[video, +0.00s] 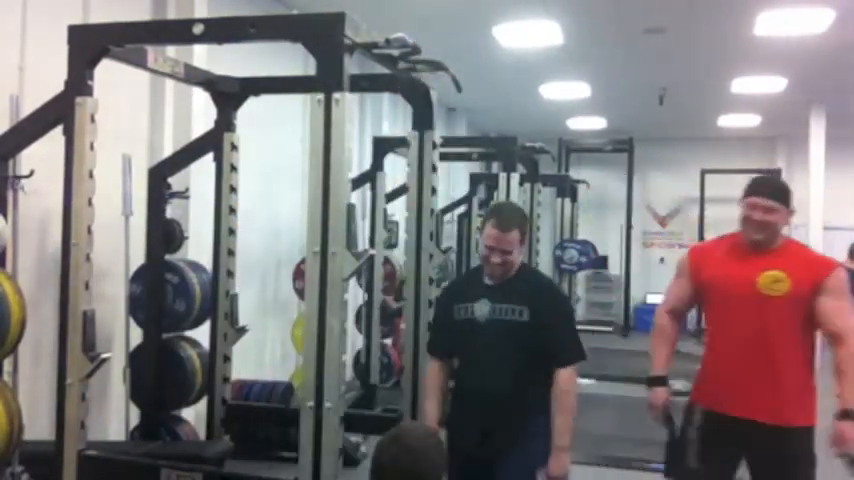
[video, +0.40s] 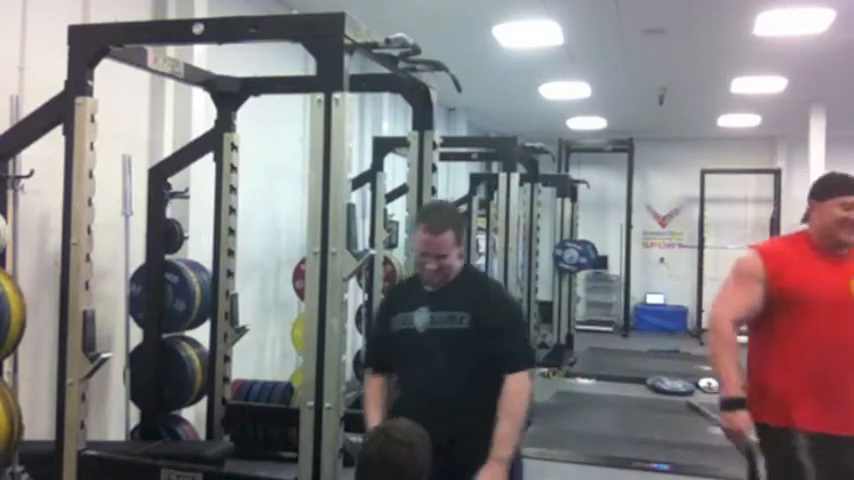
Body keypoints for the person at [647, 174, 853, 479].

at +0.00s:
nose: (757, 217)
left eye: (768, 210)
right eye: (750, 207)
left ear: (787, 216)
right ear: (740, 208)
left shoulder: (821, 272)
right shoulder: (701, 259)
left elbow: (844, 340)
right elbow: (668, 313)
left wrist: (846, 412)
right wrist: (658, 379)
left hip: (785, 426)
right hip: (714, 418)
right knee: (696, 473)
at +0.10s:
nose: (781, 215)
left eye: (791, 208)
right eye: (774, 206)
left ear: (808, 213)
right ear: (761, 205)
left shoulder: (836, 268)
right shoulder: (717, 255)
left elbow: (849, 333)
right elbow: (681, 310)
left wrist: (850, 367)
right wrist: (679, 378)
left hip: (800, 422)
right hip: (729, 415)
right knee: (720, 473)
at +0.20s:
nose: (803, 215)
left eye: (814, 209)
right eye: (795, 205)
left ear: (826, 214)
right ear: (778, 204)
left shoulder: (844, 265)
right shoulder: (735, 253)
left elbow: (848, 340)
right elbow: (690, 307)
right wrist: (697, 378)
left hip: (817, 421)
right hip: (750, 415)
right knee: (751, 473)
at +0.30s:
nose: (827, 217)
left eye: (836, 210)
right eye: (817, 207)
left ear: (844, 216)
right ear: (795, 206)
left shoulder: (849, 263)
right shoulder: (749, 255)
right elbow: (701, 309)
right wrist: (714, 385)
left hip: (833, 423)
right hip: (766, 419)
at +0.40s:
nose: (852, 217)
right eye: (845, 207)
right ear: (814, 209)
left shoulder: (850, 263)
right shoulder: (768, 260)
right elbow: (721, 318)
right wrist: (732, 399)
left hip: (845, 422)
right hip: (786, 421)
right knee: (796, 473)